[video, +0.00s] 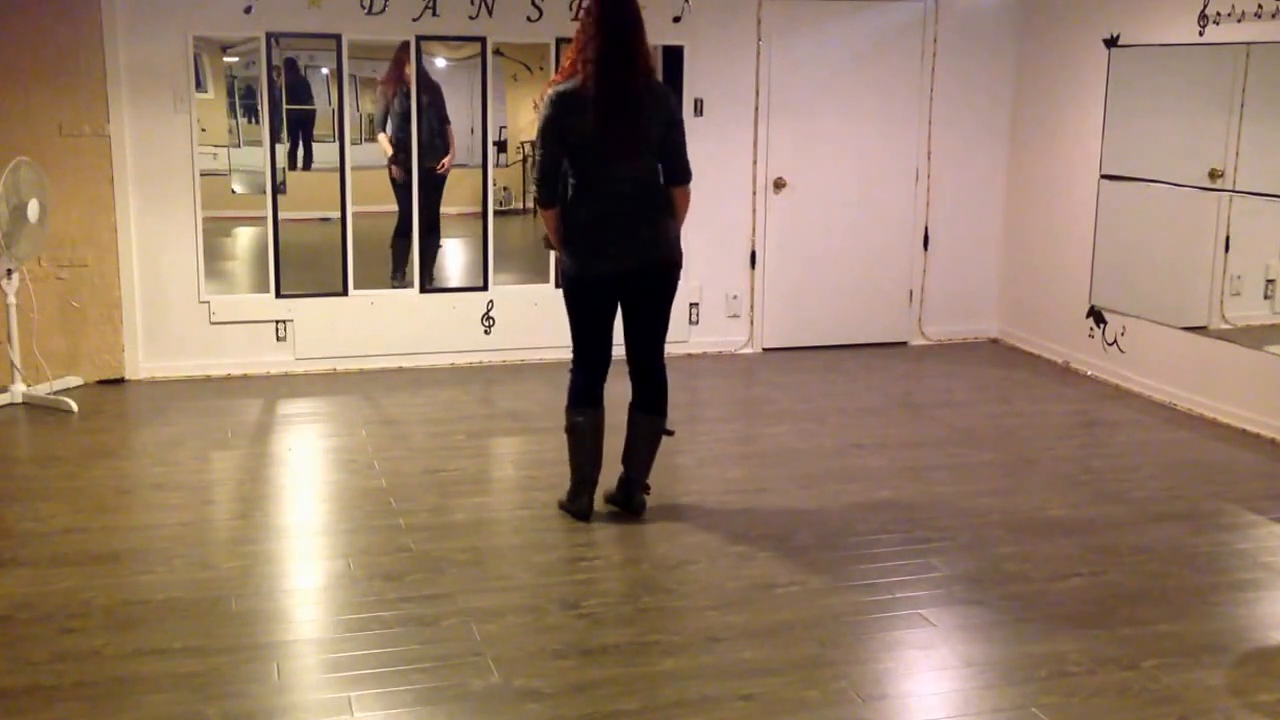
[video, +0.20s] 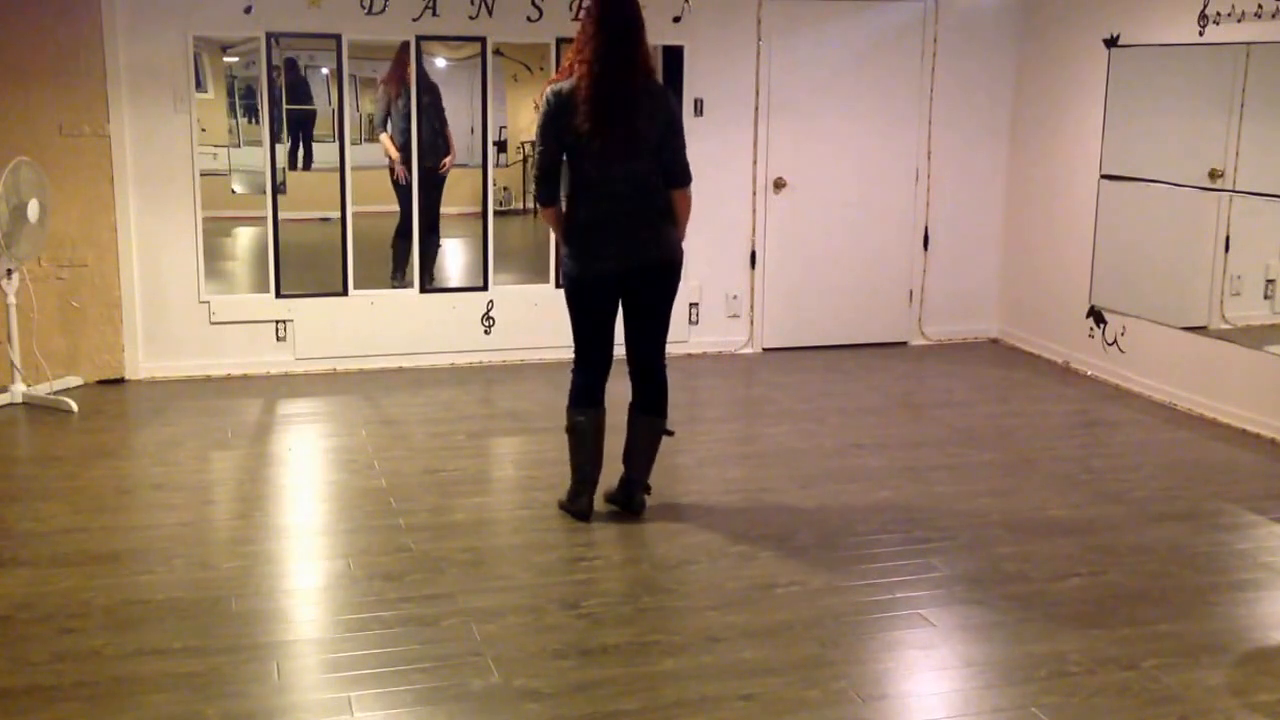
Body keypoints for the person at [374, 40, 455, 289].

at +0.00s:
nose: (414, 68)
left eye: (417, 63)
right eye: (410, 63)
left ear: (421, 63)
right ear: (401, 62)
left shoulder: (432, 87)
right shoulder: (389, 89)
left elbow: (446, 123)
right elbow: (380, 129)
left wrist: (451, 153)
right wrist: (392, 158)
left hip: (433, 164)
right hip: (403, 164)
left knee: (431, 219)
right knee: (407, 216)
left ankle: (427, 276)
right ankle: (398, 273)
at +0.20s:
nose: (414, 68)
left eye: (417, 63)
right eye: (410, 63)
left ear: (421, 63)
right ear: (402, 62)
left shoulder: (430, 87)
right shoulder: (390, 88)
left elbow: (442, 122)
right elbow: (380, 127)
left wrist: (451, 152)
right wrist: (396, 158)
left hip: (433, 163)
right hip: (404, 164)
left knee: (431, 219)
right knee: (408, 217)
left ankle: (427, 276)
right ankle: (398, 273)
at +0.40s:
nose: (416, 64)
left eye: (419, 59)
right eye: (412, 59)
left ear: (422, 61)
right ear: (403, 60)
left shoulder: (429, 87)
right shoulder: (390, 87)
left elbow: (439, 122)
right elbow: (380, 127)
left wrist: (450, 151)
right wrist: (397, 156)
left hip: (432, 163)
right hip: (404, 164)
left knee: (430, 219)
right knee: (409, 216)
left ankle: (427, 276)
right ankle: (398, 272)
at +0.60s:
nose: (416, 63)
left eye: (418, 58)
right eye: (412, 57)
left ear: (422, 60)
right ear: (403, 59)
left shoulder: (427, 86)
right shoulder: (390, 86)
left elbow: (437, 122)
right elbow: (379, 127)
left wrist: (447, 150)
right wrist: (397, 154)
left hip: (430, 163)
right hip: (402, 163)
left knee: (429, 219)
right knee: (409, 216)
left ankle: (427, 275)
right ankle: (398, 272)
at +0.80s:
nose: (410, 66)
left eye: (414, 60)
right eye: (406, 61)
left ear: (419, 61)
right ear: (398, 61)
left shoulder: (427, 86)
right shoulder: (388, 84)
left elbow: (436, 123)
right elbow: (376, 123)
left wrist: (443, 151)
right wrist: (392, 151)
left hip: (426, 161)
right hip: (397, 161)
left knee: (427, 216)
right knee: (402, 213)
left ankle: (427, 273)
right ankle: (397, 271)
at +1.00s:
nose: (406, 64)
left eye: (410, 59)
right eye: (401, 60)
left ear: (418, 60)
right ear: (395, 62)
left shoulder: (429, 87)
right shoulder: (387, 85)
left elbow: (439, 123)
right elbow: (371, 120)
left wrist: (439, 153)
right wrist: (383, 147)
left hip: (423, 162)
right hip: (392, 162)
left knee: (424, 218)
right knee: (393, 216)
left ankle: (427, 273)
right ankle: (396, 271)